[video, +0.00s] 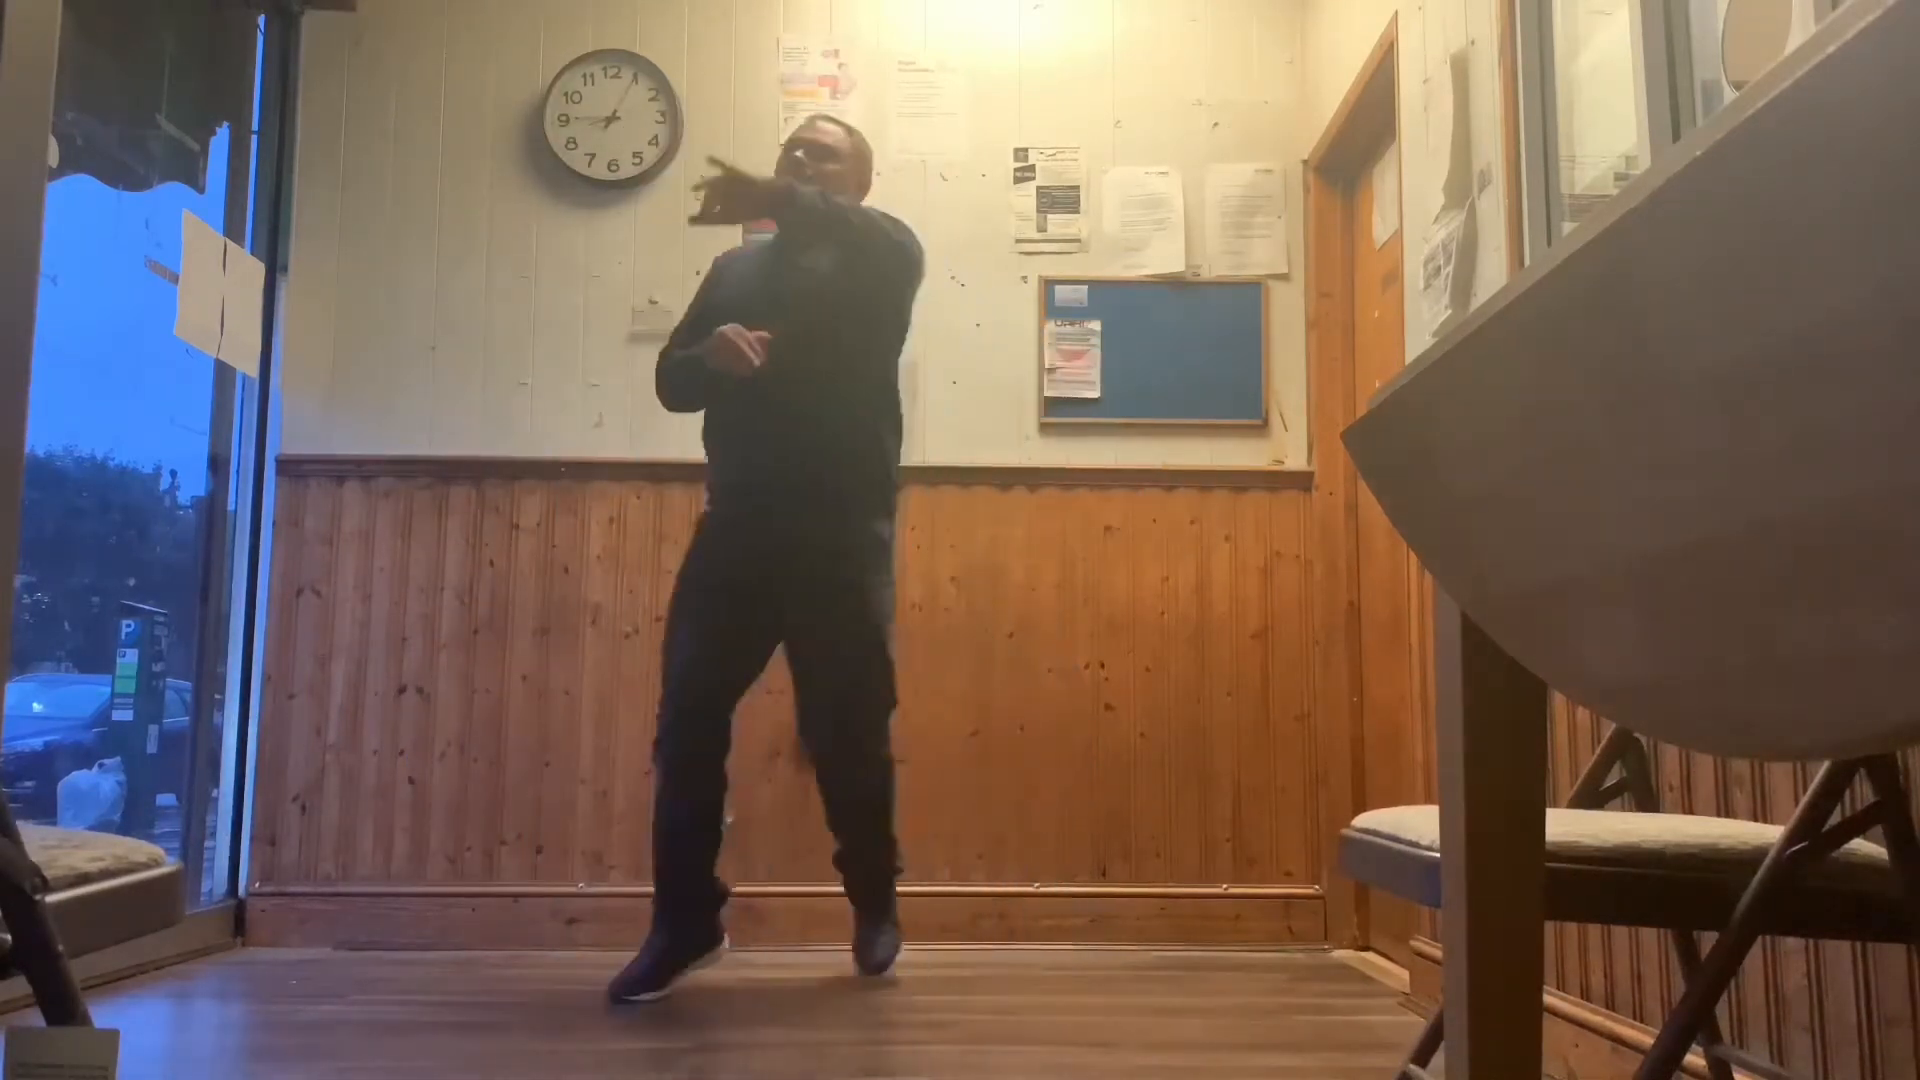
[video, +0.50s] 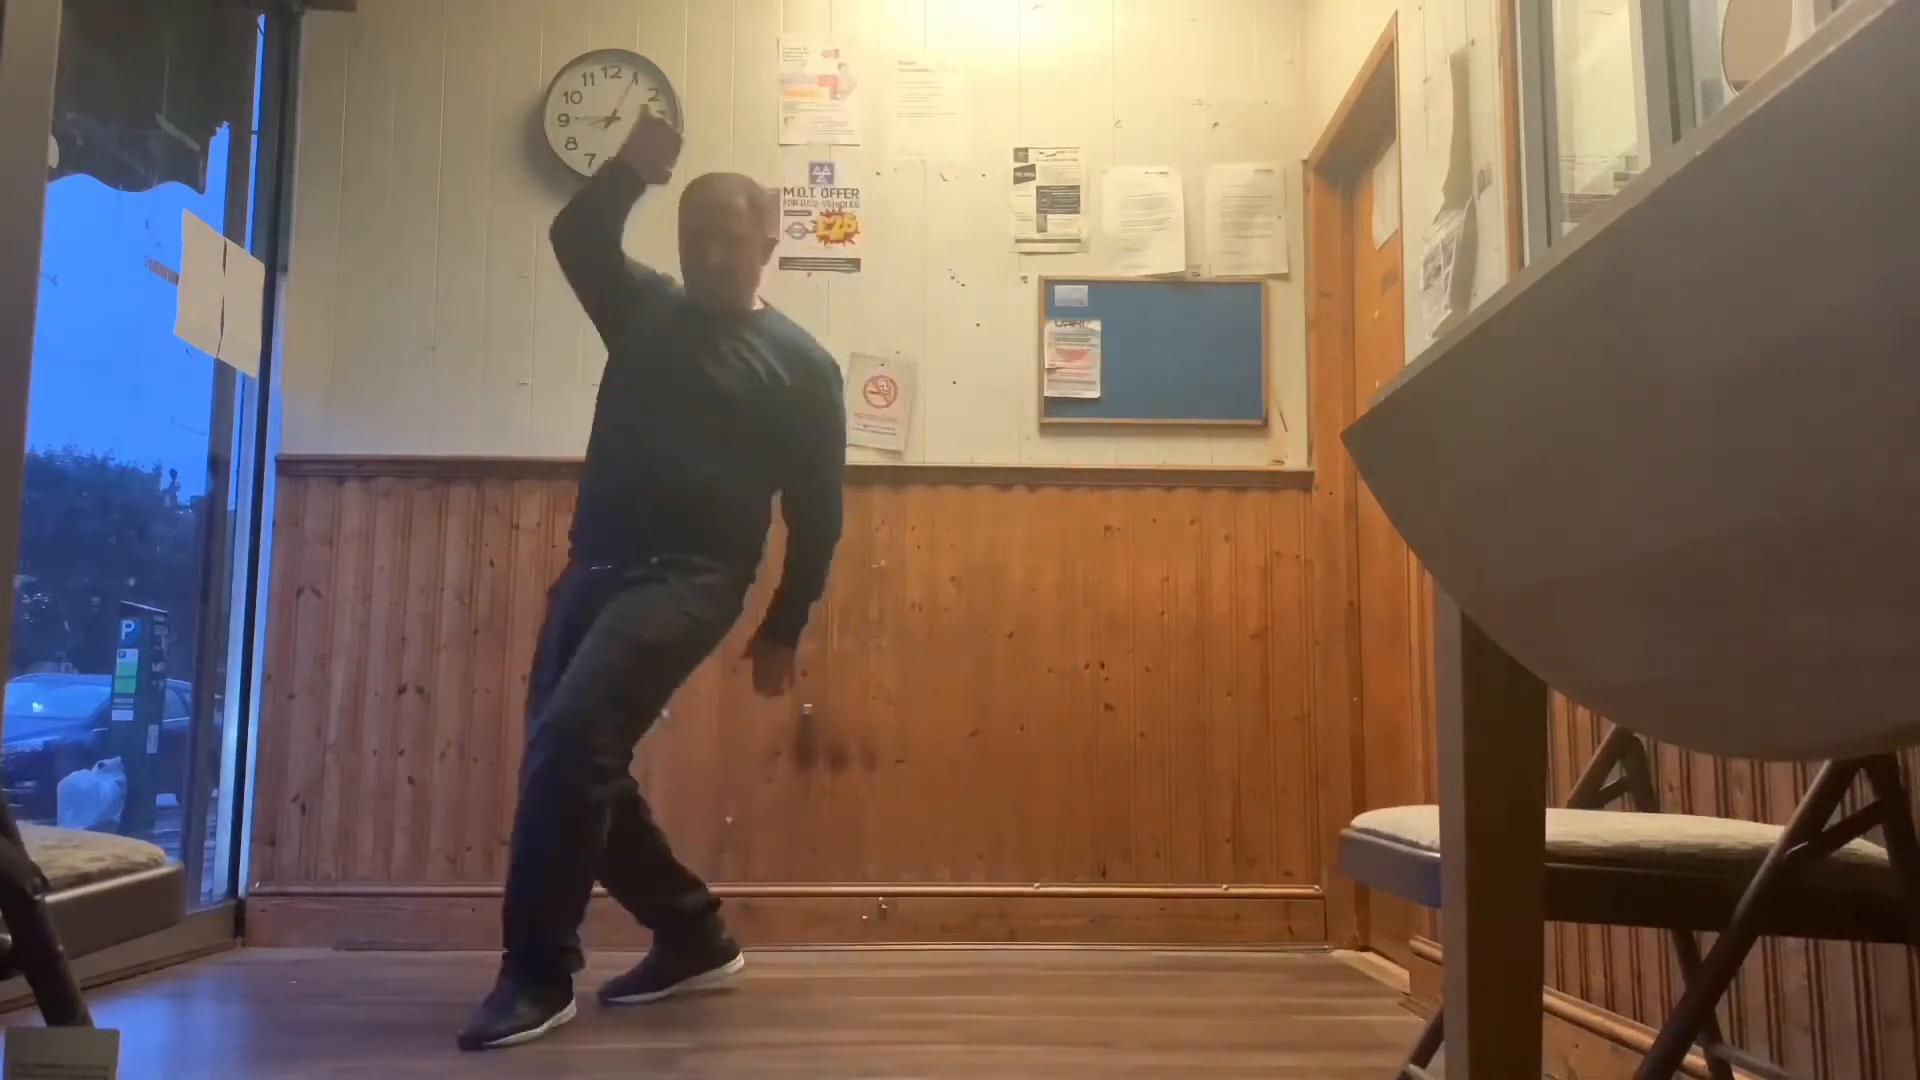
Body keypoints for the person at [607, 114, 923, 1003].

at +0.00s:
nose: (805, 162)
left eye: (828, 153)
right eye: (794, 152)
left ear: (864, 186)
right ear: (774, 175)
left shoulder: (887, 255)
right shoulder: (736, 268)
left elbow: (881, 244)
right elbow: (671, 380)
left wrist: (771, 195)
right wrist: (711, 358)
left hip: (843, 529)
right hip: (739, 526)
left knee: (849, 730)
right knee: (688, 724)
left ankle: (873, 909)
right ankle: (686, 919)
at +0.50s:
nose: (698, 255)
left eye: (718, 241)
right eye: (692, 237)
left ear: (765, 246)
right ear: (681, 238)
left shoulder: (802, 370)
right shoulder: (642, 312)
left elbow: (816, 518)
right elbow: (581, 240)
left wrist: (784, 628)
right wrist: (628, 171)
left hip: (691, 577)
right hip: (596, 569)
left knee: (572, 738)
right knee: (564, 757)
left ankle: (537, 978)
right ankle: (691, 929)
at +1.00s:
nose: (812, 188)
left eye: (823, 177)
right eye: (796, 171)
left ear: (830, 194)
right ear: (749, 176)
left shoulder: (845, 287)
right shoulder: (697, 261)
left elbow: (877, 415)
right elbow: (710, 169)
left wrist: (900, 537)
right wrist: (814, 82)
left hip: (829, 535)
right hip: (719, 537)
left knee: (860, 731)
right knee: (723, 746)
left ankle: (890, 929)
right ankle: (735, 927)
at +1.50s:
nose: (982, 226)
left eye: (990, 210)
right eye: (962, 208)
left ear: (998, 215)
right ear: (919, 207)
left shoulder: (998, 293)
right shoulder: (849, 284)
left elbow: (1080, 293)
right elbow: (730, 378)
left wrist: (1022, 222)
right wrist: (681, 504)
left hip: (949, 542)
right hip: (872, 538)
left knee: (977, 740)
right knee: (964, 737)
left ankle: (838, 899)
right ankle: (944, 973)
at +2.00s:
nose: (926, 195)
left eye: (941, 181)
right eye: (911, 180)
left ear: (970, 195)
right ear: (885, 190)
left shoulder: (1003, 310)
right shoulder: (830, 286)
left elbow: (1046, 431)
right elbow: (741, 389)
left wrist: (1013, 494)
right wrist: (773, 373)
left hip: (934, 542)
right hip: (825, 528)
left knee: (935, 751)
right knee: (784, 626)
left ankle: (918, 945)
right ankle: (804, 763)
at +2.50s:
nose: (721, 209)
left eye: (741, 194)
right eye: (720, 194)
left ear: (793, 205)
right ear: (721, 208)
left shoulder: (816, 292)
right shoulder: (708, 320)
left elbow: (818, 419)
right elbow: (694, 457)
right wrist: (640, 546)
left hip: (774, 569)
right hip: (690, 570)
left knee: (811, 753)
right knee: (636, 747)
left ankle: (908, 906)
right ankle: (649, 946)